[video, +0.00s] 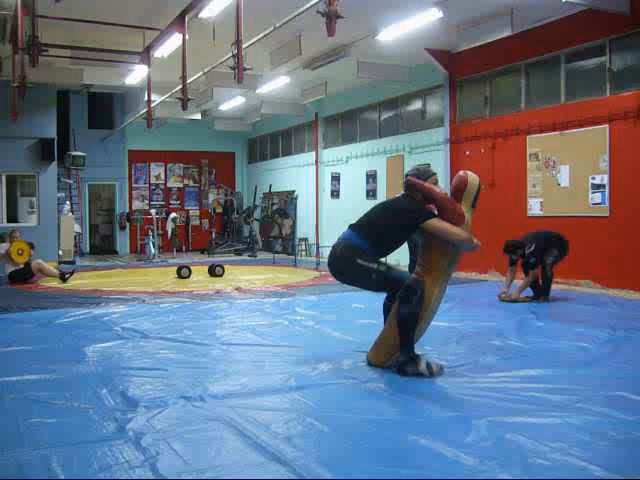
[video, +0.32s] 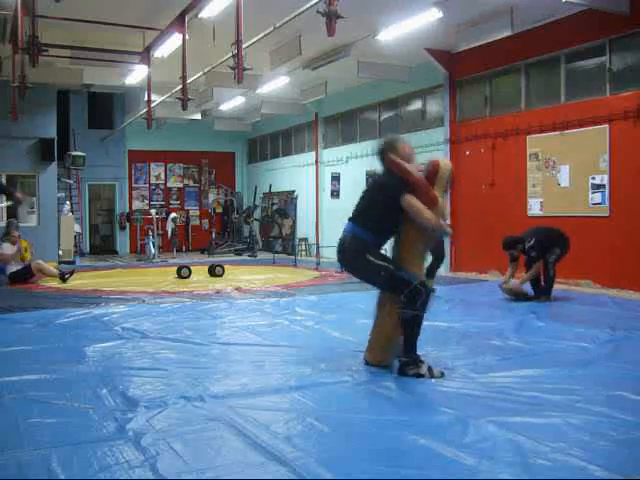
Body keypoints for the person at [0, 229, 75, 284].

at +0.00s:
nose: (17, 239)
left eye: (18, 237)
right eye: (15, 238)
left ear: (20, 237)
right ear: (10, 238)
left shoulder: (21, 246)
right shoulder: (6, 246)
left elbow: (31, 254)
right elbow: (2, 255)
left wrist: (27, 252)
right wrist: (7, 250)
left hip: (22, 270)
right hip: (13, 273)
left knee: (40, 264)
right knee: (38, 264)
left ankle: (61, 274)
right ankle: (61, 275)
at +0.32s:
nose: (15, 239)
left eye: (17, 237)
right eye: (12, 237)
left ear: (19, 236)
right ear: (8, 237)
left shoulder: (20, 245)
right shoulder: (5, 246)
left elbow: (25, 261)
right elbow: (4, 259)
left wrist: (28, 252)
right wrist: (17, 251)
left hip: (22, 273)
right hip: (12, 275)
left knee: (43, 270)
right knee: (38, 264)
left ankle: (62, 274)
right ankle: (60, 275)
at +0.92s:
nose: (16, 239)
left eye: (16, 237)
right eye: (16, 237)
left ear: (6, 237)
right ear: (14, 237)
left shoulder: (3, 246)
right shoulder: (14, 246)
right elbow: (25, 259)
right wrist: (27, 248)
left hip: (11, 276)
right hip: (17, 275)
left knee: (40, 265)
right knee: (40, 264)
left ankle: (62, 274)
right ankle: (62, 275)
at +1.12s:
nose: (14, 239)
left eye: (14, 237)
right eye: (11, 237)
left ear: (14, 238)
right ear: (7, 238)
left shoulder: (11, 247)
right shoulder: (5, 246)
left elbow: (23, 259)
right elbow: (11, 260)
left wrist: (24, 250)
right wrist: (21, 253)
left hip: (18, 273)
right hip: (13, 275)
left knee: (41, 265)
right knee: (39, 265)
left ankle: (62, 274)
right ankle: (62, 275)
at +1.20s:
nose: (14, 240)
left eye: (15, 237)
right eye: (11, 238)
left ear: (16, 238)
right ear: (7, 239)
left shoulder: (16, 247)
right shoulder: (4, 247)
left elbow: (23, 261)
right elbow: (6, 260)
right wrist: (14, 249)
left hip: (20, 271)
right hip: (12, 274)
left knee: (39, 264)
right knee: (38, 265)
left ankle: (61, 274)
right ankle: (61, 275)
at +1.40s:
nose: (16, 240)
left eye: (17, 238)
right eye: (14, 238)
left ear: (18, 238)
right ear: (10, 239)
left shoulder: (20, 247)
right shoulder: (5, 247)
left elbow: (26, 260)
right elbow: (2, 259)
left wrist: (29, 254)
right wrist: (8, 253)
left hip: (21, 272)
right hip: (12, 275)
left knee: (40, 264)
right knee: (38, 265)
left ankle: (61, 274)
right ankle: (61, 275)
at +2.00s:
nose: (23, 239)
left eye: (22, 237)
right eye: (22, 237)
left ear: (11, 237)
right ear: (20, 238)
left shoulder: (4, 247)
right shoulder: (21, 247)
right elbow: (28, 261)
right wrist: (29, 253)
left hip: (11, 277)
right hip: (19, 276)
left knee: (42, 267)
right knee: (40, 265)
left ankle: (63, 274)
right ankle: (62, 275)